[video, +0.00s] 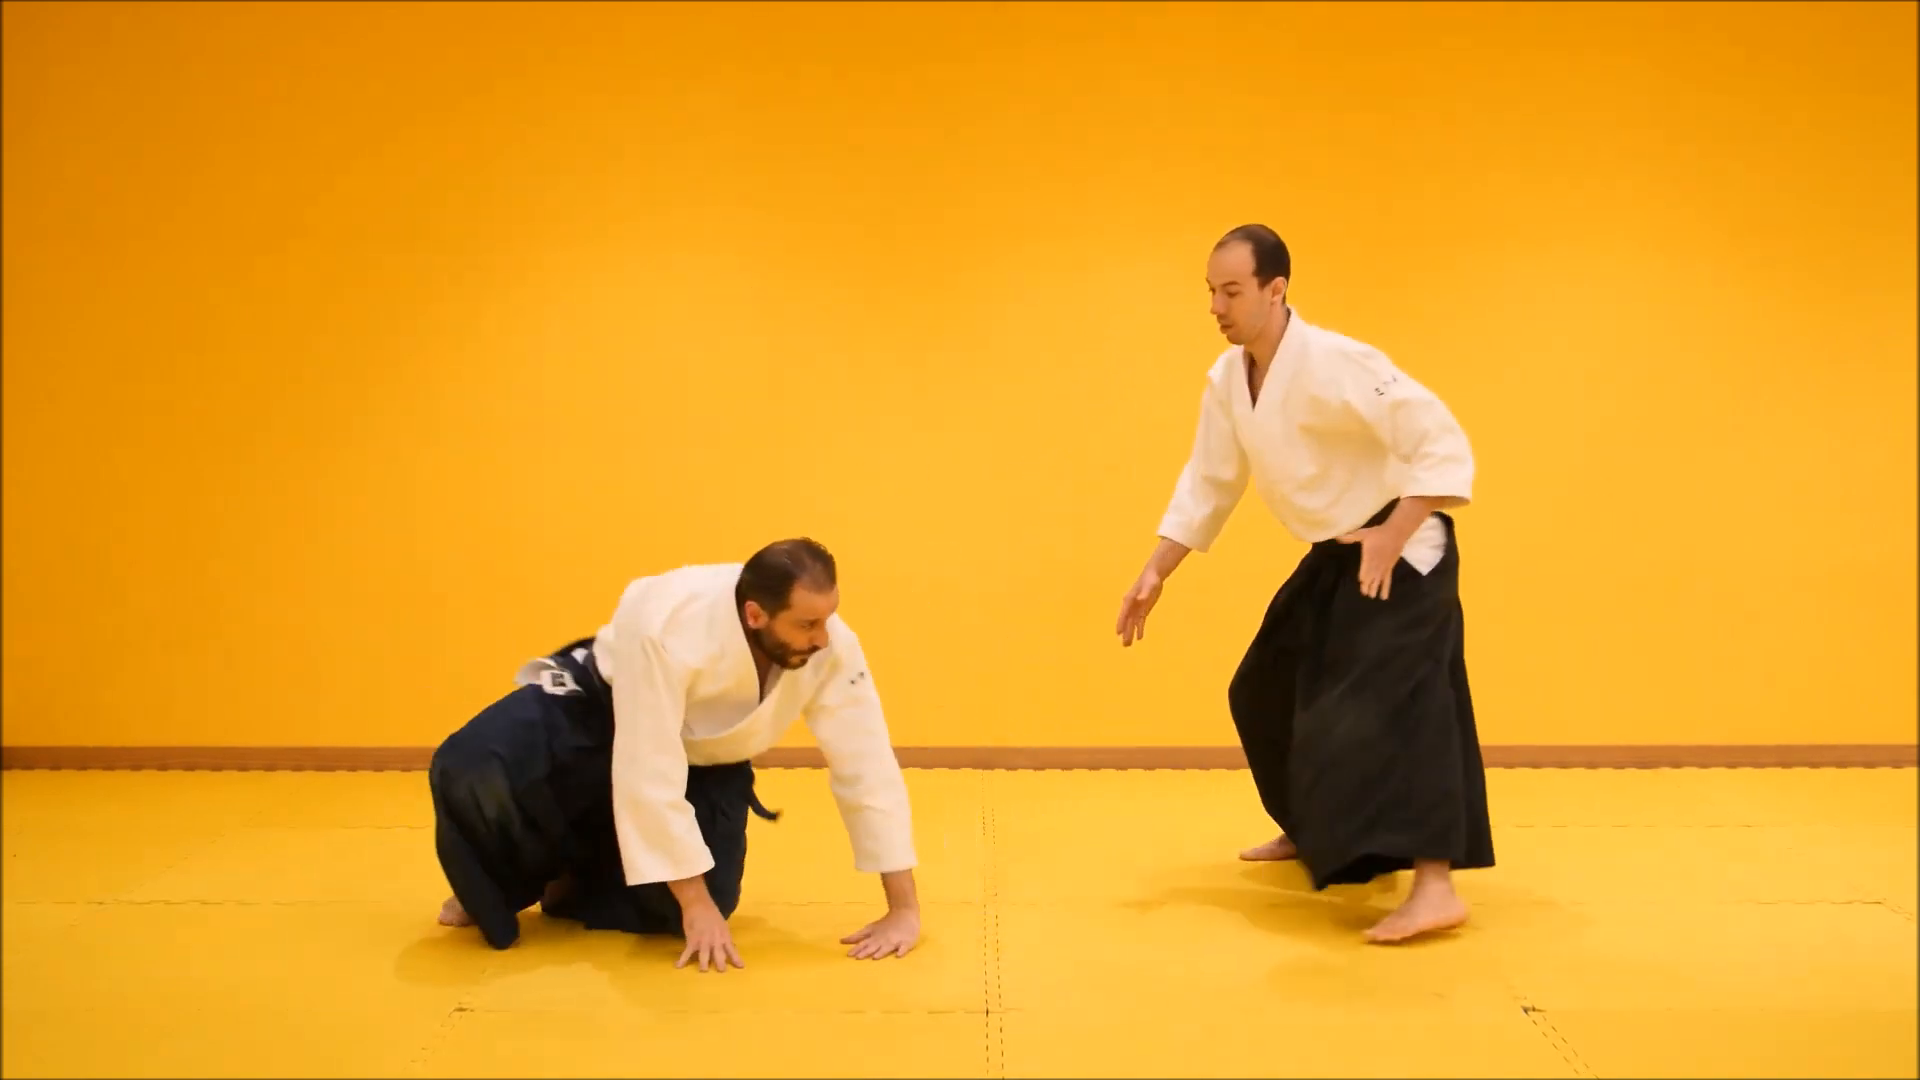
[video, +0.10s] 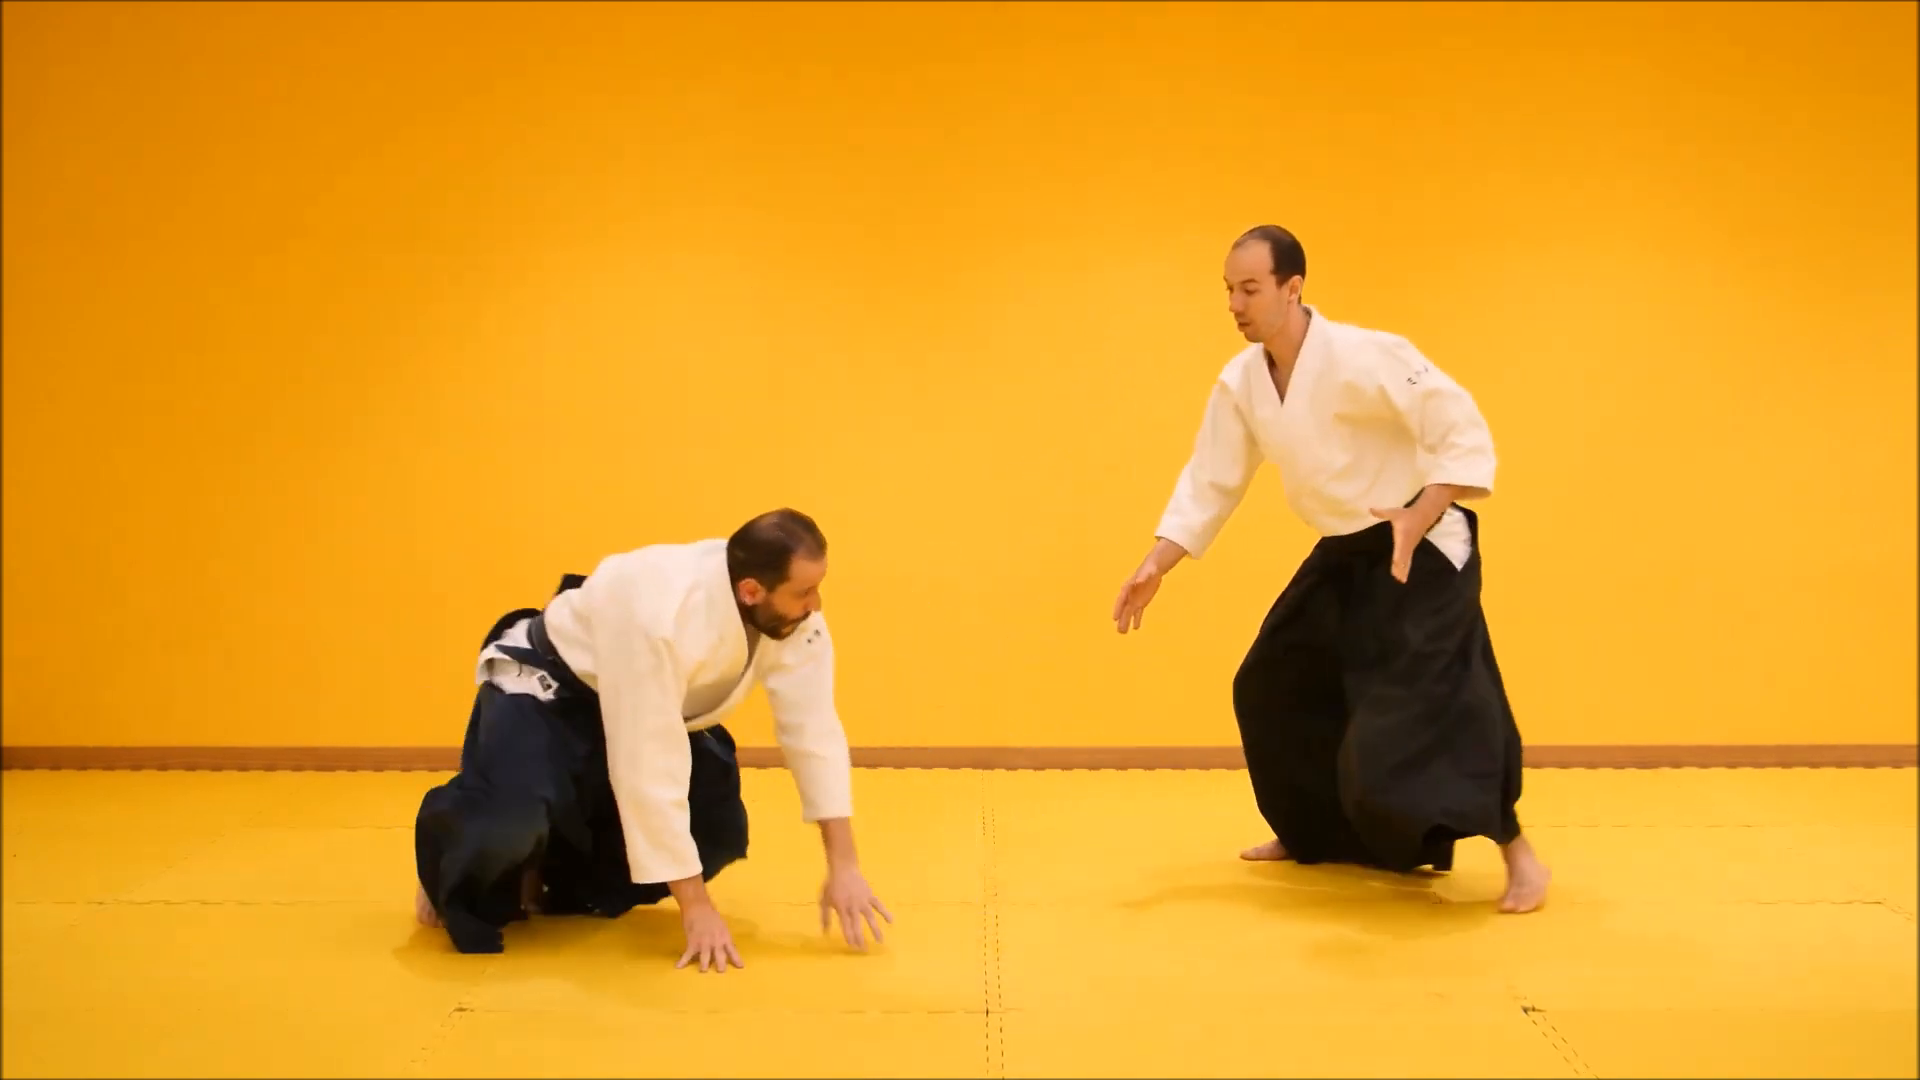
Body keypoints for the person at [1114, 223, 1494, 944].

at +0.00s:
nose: (1215, 306)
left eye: (1228, 289)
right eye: (1211, 291)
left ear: (1276, 289)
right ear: (1220, 295)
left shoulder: (1338, 366)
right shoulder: (1229, 380)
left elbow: (1446, 451)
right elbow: (1206, 483)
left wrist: (1395, 534)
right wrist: (1154, 572)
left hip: (1403, 552)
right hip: (1333, 556)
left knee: (1394, 709)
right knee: (1261, 691)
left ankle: (1435, 883)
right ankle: (1313, 827)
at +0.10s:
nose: (1235, 304)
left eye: (1248, 287)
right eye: (1229, 290)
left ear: (1292, 287)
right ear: (1229, 296)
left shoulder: (1369, 359)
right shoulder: (1241, 384)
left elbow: (1469, 440)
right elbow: (1209, 484)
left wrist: (1419, 518)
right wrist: (1154, 566)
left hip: (1421, 545)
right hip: (1340, 554)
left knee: (1439, 702)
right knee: (1265, 687)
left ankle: (1517, 850)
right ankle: (1311, 829)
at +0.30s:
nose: (1295, 295)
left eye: (1309, 280)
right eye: (1291, 282)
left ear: (1354, 284)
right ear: (1298, 289)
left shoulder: (1432, 355)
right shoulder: (1295, 379)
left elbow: (1513, 438)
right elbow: (1247, 471)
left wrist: (1479, 501)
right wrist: (1184, 542)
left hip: (1456, 549)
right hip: (1365, 555)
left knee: (1529, 685)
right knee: (1278, 679)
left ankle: (1595, 813)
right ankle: (1308, 829)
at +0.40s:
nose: (1324, 298)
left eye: (1338, 283)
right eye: (1322, 284)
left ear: (1386, 289)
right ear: (1327, 292)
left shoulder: (1470, 362)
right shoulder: (1325, 385)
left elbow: (1538, 452)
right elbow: (1268, 474)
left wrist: (1494, 522)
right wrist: (1199, 537)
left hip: (1482, 558)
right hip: (1386, 563)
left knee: (1544, 689)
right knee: (1296, 673)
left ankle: (1628, 818)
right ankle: (1320, 832)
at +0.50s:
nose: (1332, 300)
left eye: (1345, 286)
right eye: (1331, 285)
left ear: (1394, 292)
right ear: (1362, 294)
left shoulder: (1481, 366)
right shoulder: (1336, 383)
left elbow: (1532, 473)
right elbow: (1275, 470)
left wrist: (1470, 536)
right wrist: (1200, 531)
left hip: (1489, 553)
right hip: (1394, 558)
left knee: (1540, 678)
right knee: (1298, 666)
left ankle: (1603, 815)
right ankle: (1320, 829)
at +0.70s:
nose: (1261, 305)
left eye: (1273, 293)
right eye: (1262, 292)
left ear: (1319, 296)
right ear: (1303, 298)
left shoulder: (1384, 360)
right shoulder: (1284, 384)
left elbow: (1319, 431)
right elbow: (1225, 453)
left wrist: (1197, 426)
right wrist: (1136, 468)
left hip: (1455, 560)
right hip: (1372, 572)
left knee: (1520, 701)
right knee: (1272, 680)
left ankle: (1613, 788)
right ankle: (1314, 840)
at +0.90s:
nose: (1186, 294)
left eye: (1191, 281)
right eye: (1186, 281)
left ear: (1228, 286)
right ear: (1236, 283)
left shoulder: (1255, 340)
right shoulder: (1262, 334)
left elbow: (1145, 370)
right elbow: (1162, 401)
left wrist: (1036, 347)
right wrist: (1035, 384)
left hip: (1349, 557)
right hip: (1317, 554)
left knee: (1270, 718)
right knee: (1241, 697)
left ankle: (1434, 791)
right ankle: (1314, 846)